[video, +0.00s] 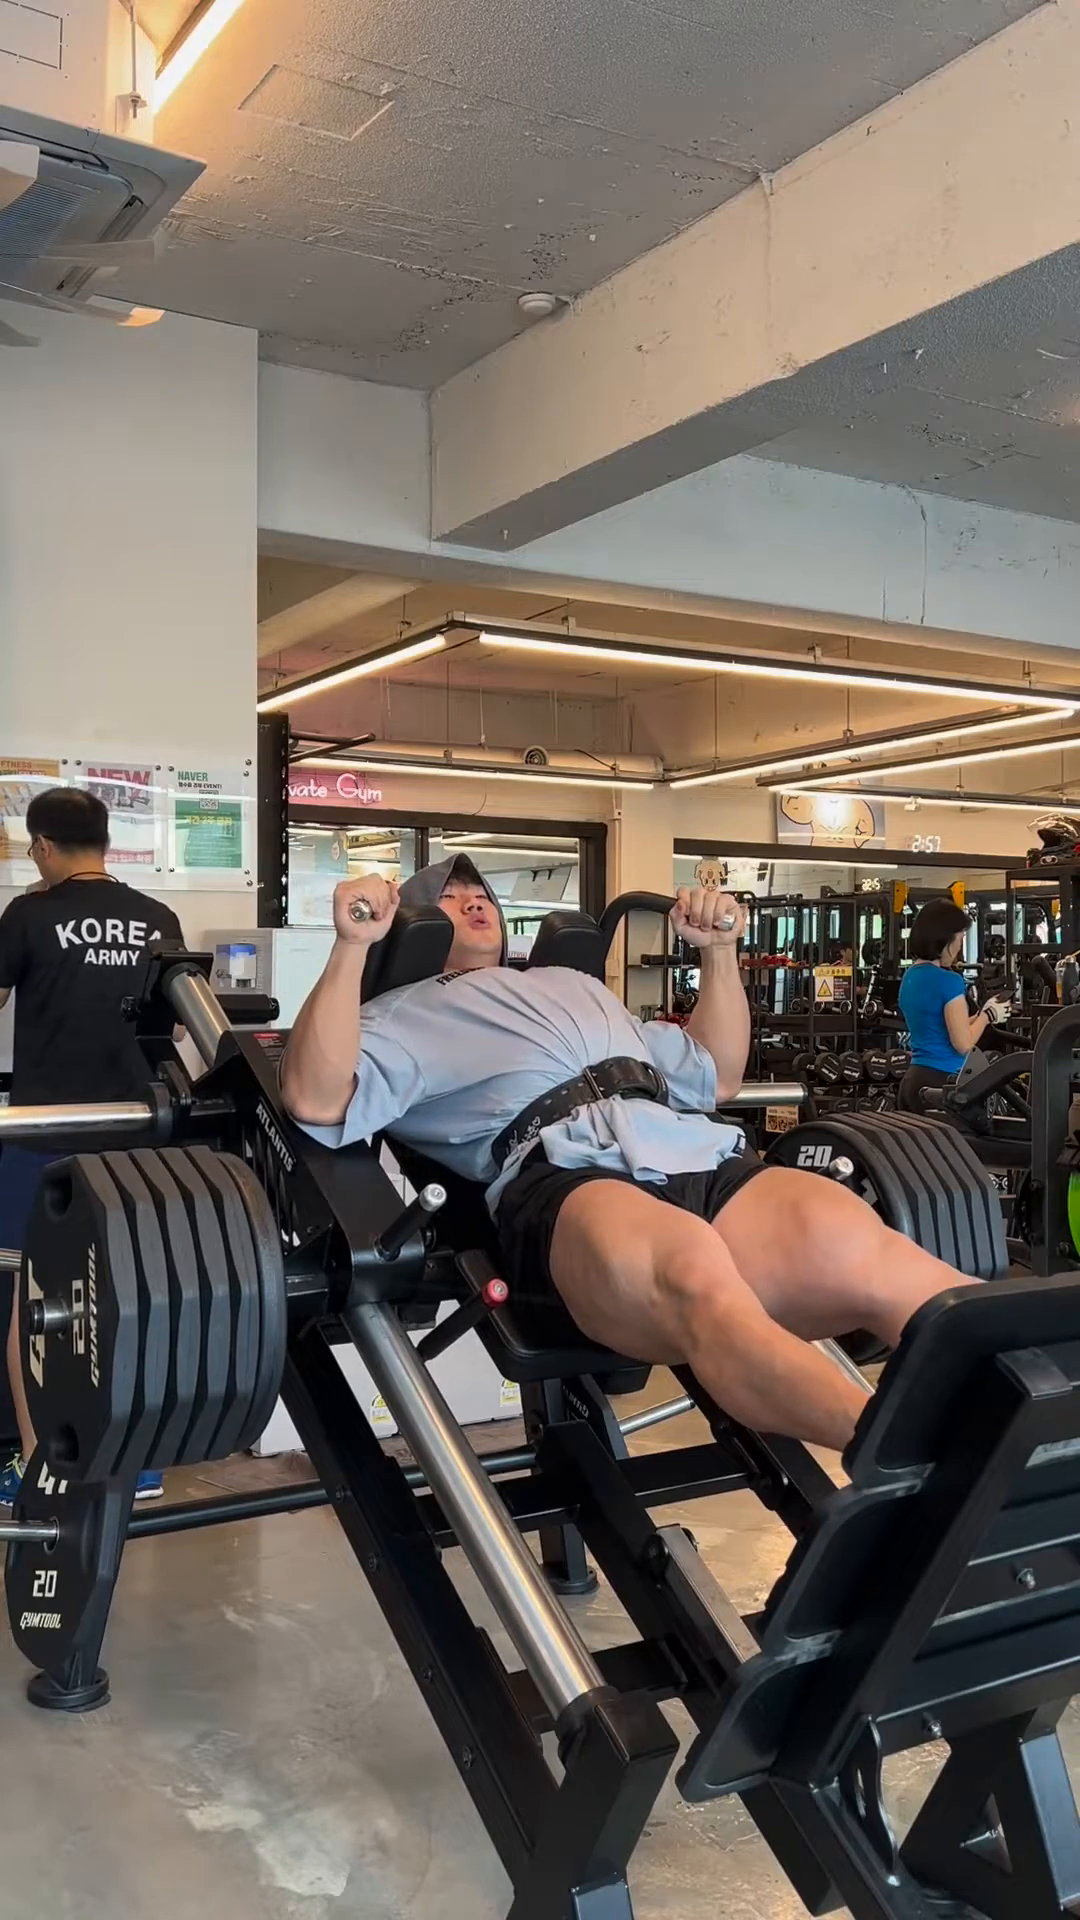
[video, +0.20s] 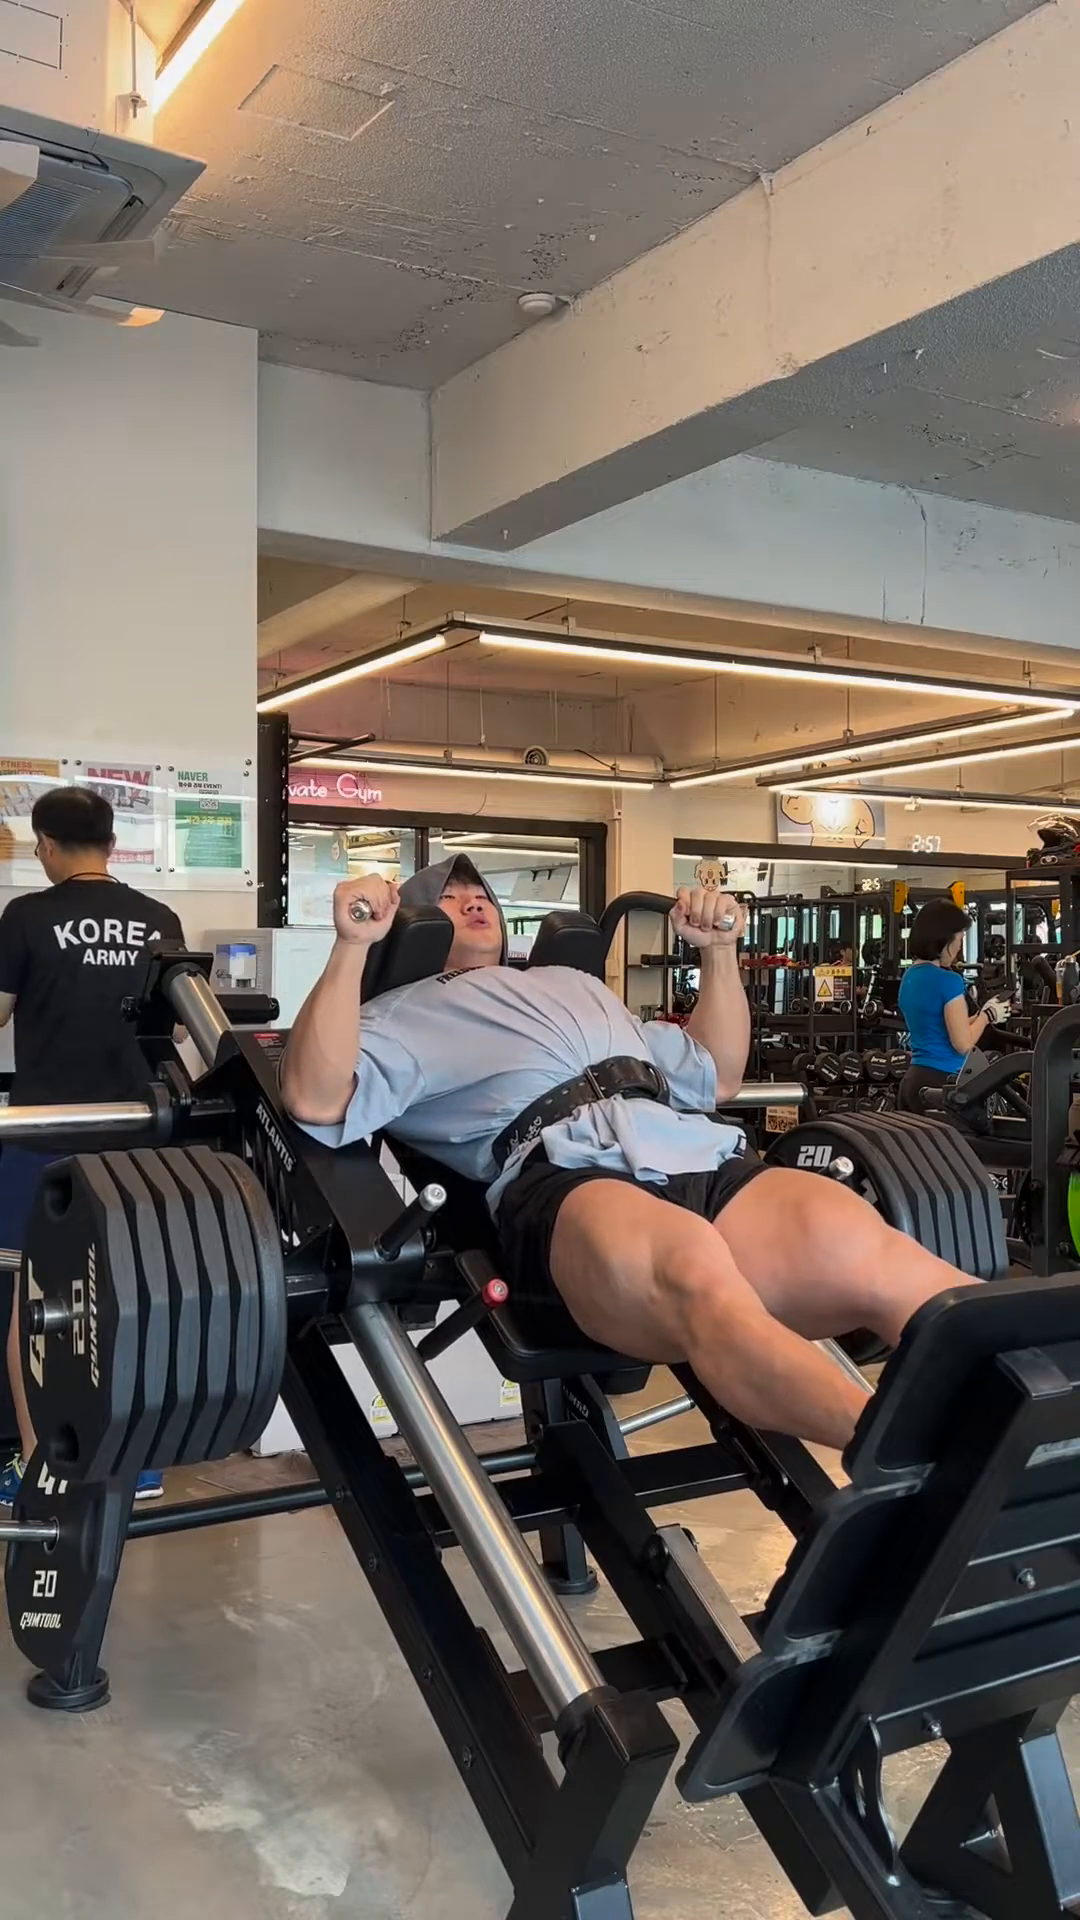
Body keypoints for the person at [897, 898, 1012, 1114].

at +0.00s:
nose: (960, 947)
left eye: (961, 939)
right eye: (960, 939)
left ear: (926, 935)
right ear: (946, 940)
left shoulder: (909, 978)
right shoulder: (949, 981)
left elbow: (929, 1032)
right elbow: (963, 1043)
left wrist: (975, 1016)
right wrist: (989, 1015)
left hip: (915, 1076)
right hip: (948, 1081)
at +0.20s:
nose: (960, 948)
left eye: (961, 941)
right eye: (959, 940)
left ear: (926, 935)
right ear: (945, 941)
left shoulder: (909, 978)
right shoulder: (949, 981)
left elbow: (927, 1031)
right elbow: (963, 1043)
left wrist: (973, 1014)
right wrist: (989, 1015)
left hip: (915, 1076)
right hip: (949, 1081)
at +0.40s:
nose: (960, 948)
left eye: (960, 941)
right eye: (959, 940)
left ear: (925, 935)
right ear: (945, 940)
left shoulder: (908, 978)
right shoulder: (948, 981)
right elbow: (963, 1043)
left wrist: (975, 1016)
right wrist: (989, 1014)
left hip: (915, 1076)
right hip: (948, 1082)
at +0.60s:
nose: (959, 948)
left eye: (960, 940)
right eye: (958, 940)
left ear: (924, 935)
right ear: (945, 940)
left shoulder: (908, 978)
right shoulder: (948, 981)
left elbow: (932, 1033)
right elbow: (963, 1043)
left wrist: (977, 1015)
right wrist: (989, 1015)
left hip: (914, 1077)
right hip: (947, 1083)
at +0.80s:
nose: (960, 946)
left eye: (960, 939)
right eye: (958, 939)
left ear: (923, 935)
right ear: (946, 940)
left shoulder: (907, 978)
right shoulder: (948, 981)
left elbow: (930, 1034)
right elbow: (963, 1043)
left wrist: (975, 1014)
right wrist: (987, 1014)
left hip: (914, 1077)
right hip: (946, 1084)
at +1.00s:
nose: (959, 946)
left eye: (960, 939)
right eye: (958, 939)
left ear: (924, 936)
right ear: (944, 940)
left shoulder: (907, 978)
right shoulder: (948, 981)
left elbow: (929, 1034)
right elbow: (963, 1043)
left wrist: (973, 1013)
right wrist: (987, 1014)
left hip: (914, 1078)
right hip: (946, 1084)